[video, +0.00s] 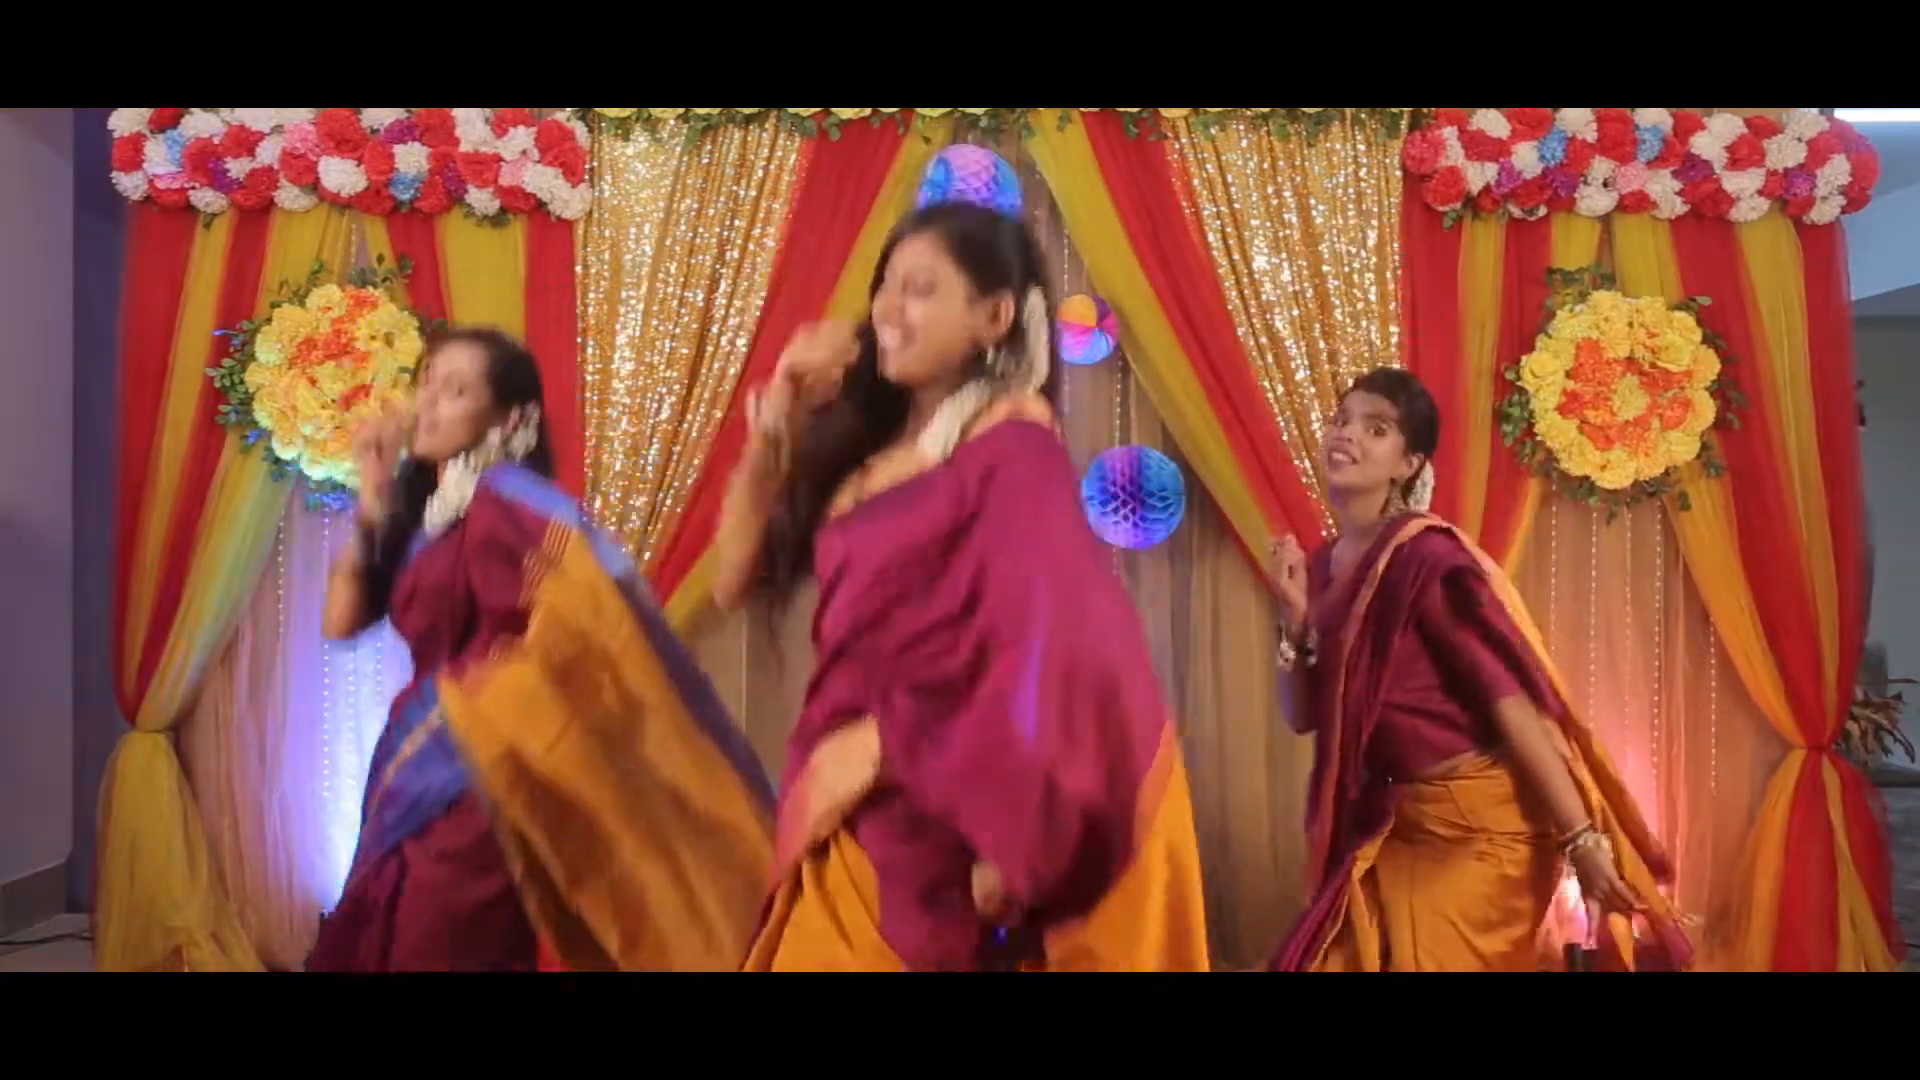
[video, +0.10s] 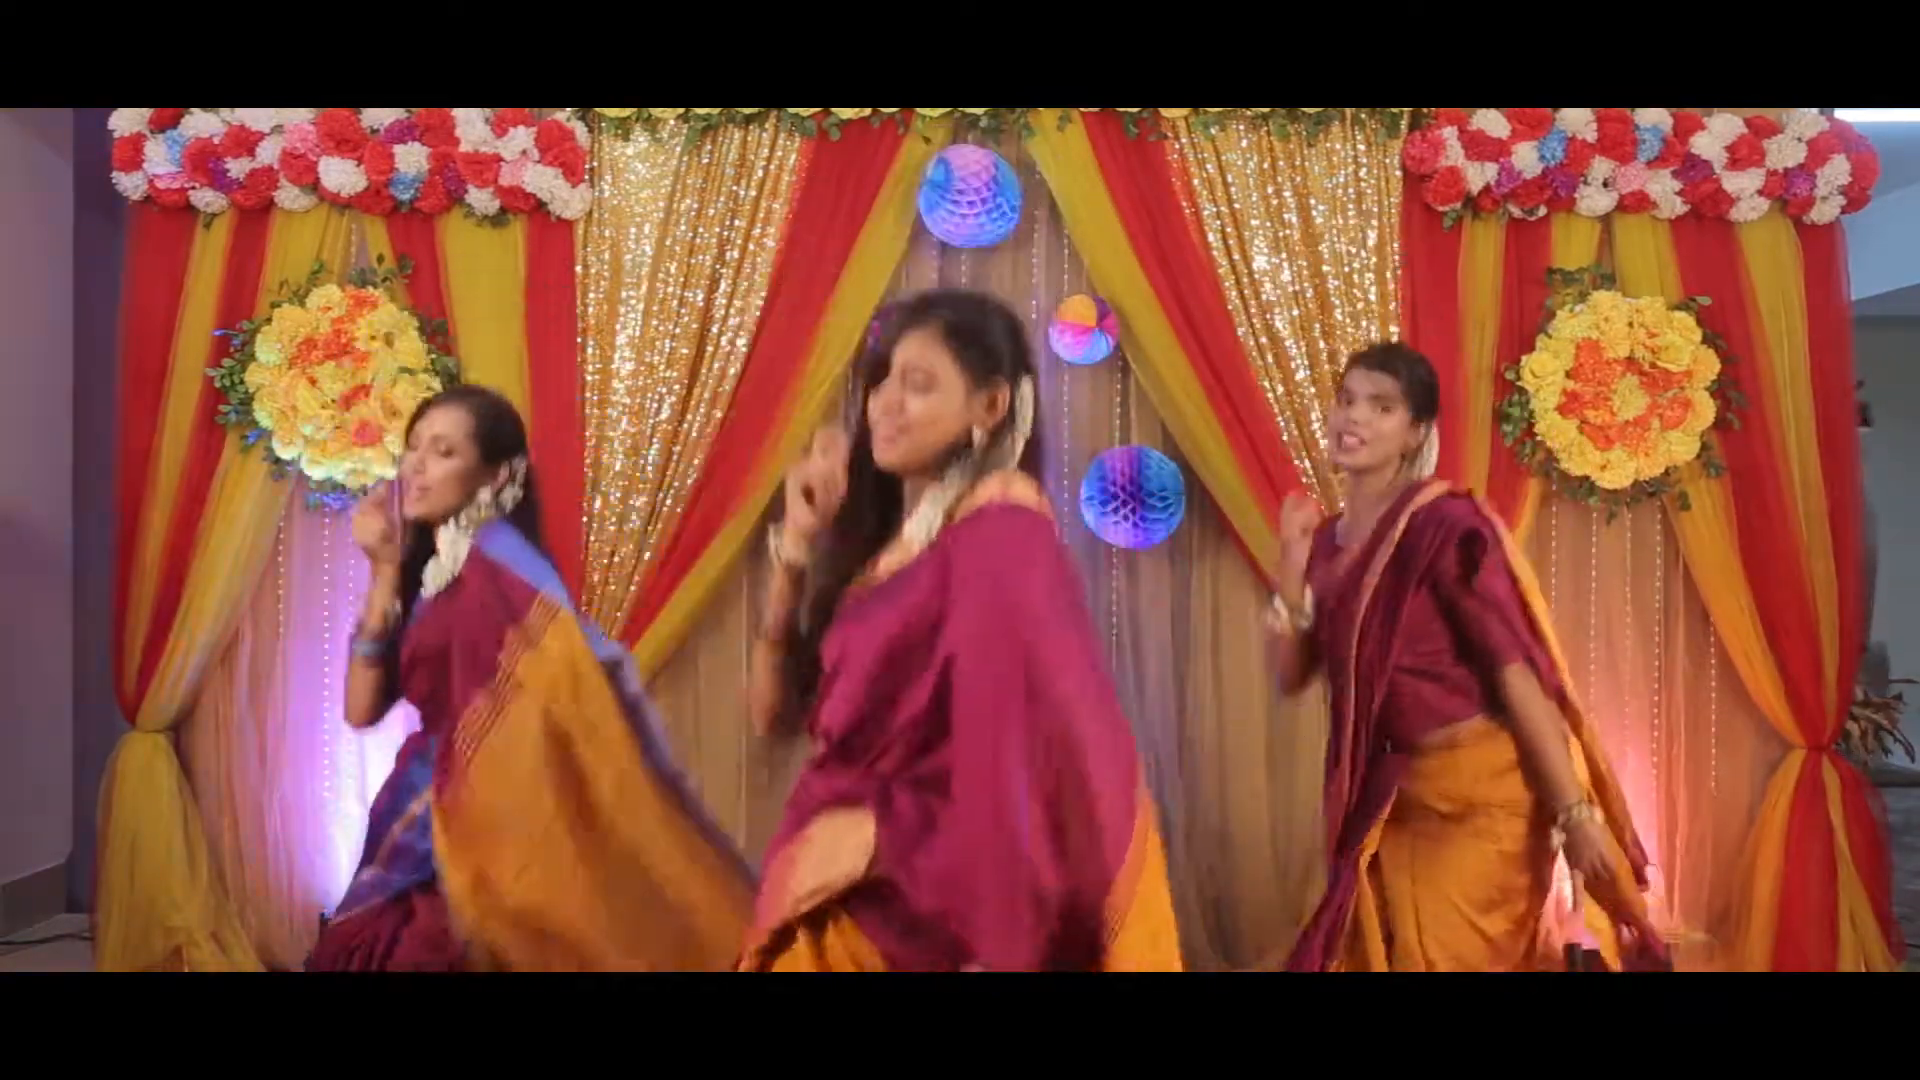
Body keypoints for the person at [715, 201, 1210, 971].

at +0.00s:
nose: (888, 310)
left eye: (920, 290)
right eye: (886, 286)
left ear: (996, 315)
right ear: (872, 294)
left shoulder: (1013, 444)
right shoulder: (886, 441)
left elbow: (1055, 650)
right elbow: (742, 575)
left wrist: (879, 745)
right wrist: (775, 433)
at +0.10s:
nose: (884, 400)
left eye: (919, 383)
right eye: (882, 378)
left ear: (989, 408)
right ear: (867, 386)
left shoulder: (1000, 525)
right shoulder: (903, 519)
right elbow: (776, 709)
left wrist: (873, 836)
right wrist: (797, 546)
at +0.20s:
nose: (885, 442)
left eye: (919, 427)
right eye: (884, 420)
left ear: (985, 451)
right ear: (871, 424)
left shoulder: (997, 550)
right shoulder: (878, 578)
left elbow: (1049, 757)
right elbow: (788, 774)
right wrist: (811, 604)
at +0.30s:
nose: (889, 423)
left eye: (922, 408)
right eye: (887, 401)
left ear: (987, 428)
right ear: (873, 404)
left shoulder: (1006, 543)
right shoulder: (867, 552)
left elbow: (1110, 739)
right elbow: (770, 740)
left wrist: (897, 843)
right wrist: (805, 599)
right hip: (851, 908)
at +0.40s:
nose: (901, 368)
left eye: (932, 351)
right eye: (895, 344)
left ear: (995, 367)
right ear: (878, 350)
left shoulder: (1019, 498)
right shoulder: (863, 493)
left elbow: (1151, 680)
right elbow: (757, 658)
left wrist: (913, 768)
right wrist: (799, 542)